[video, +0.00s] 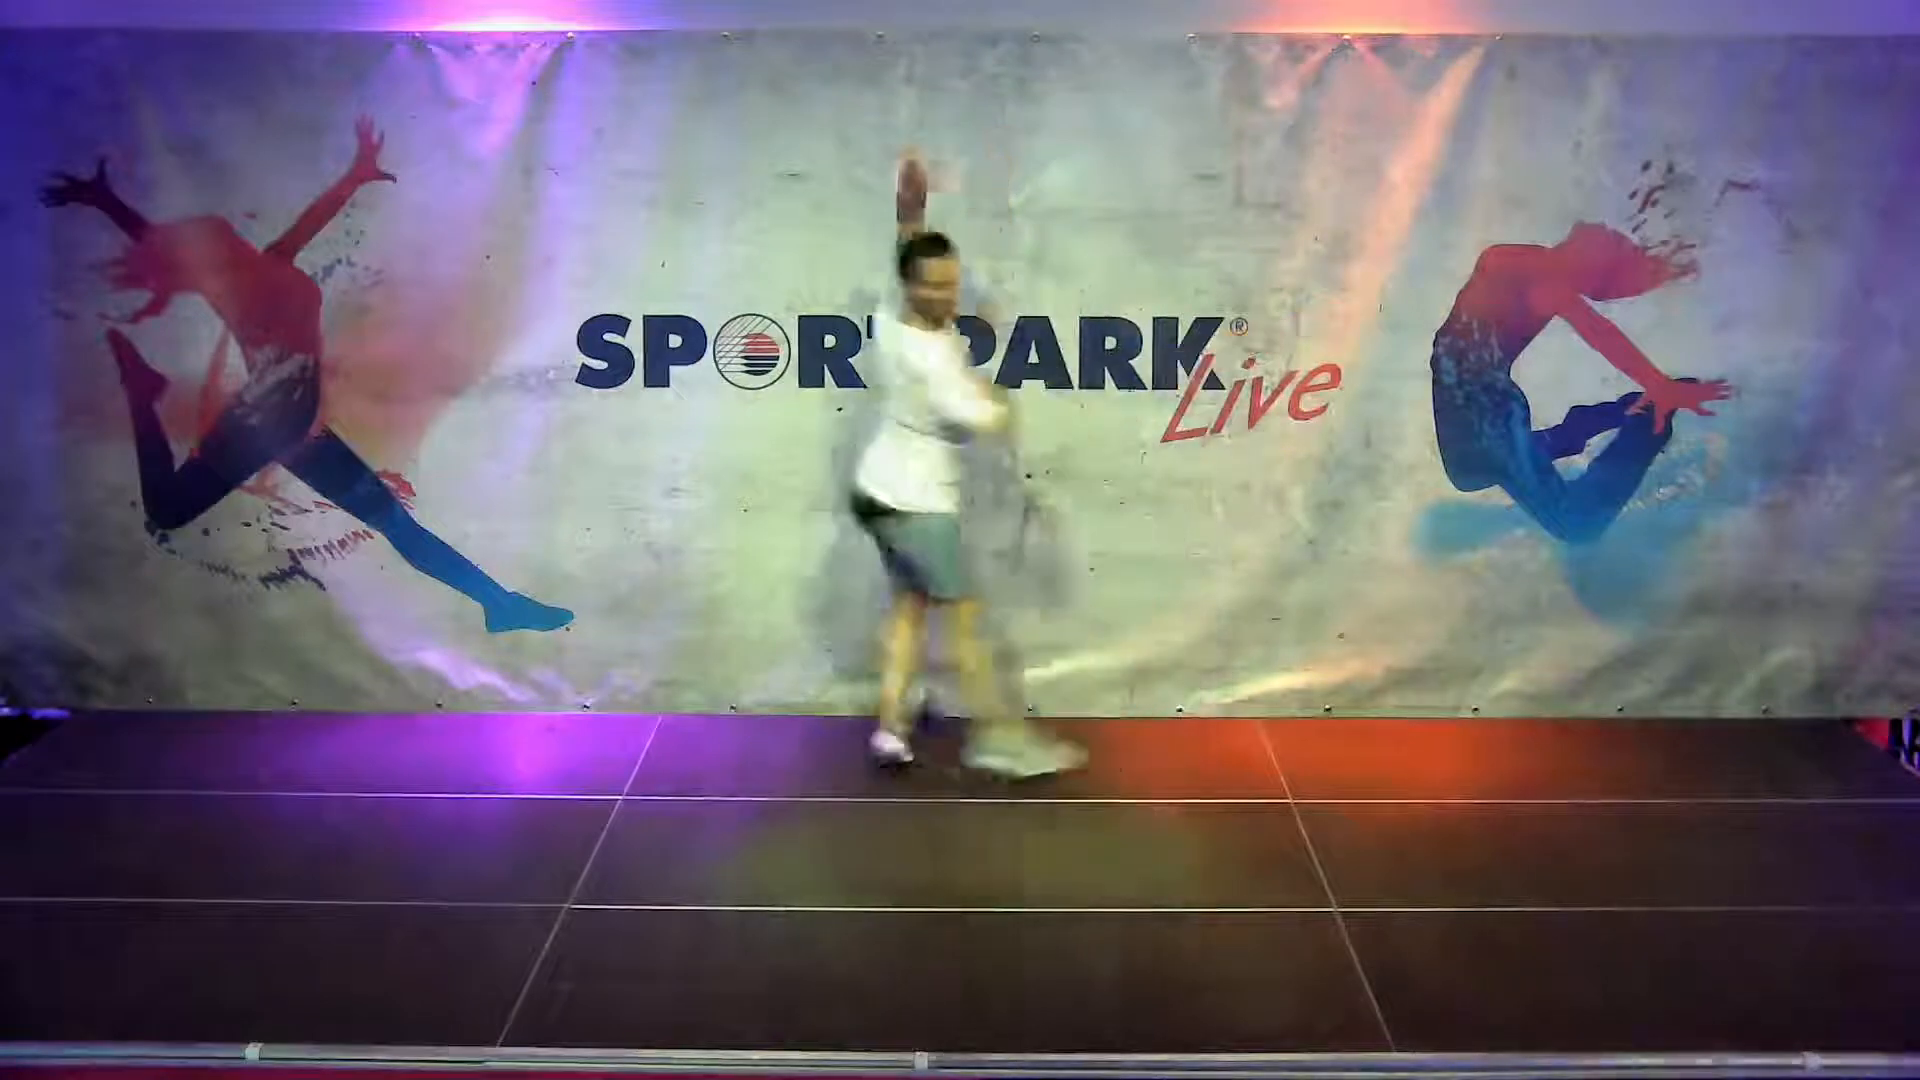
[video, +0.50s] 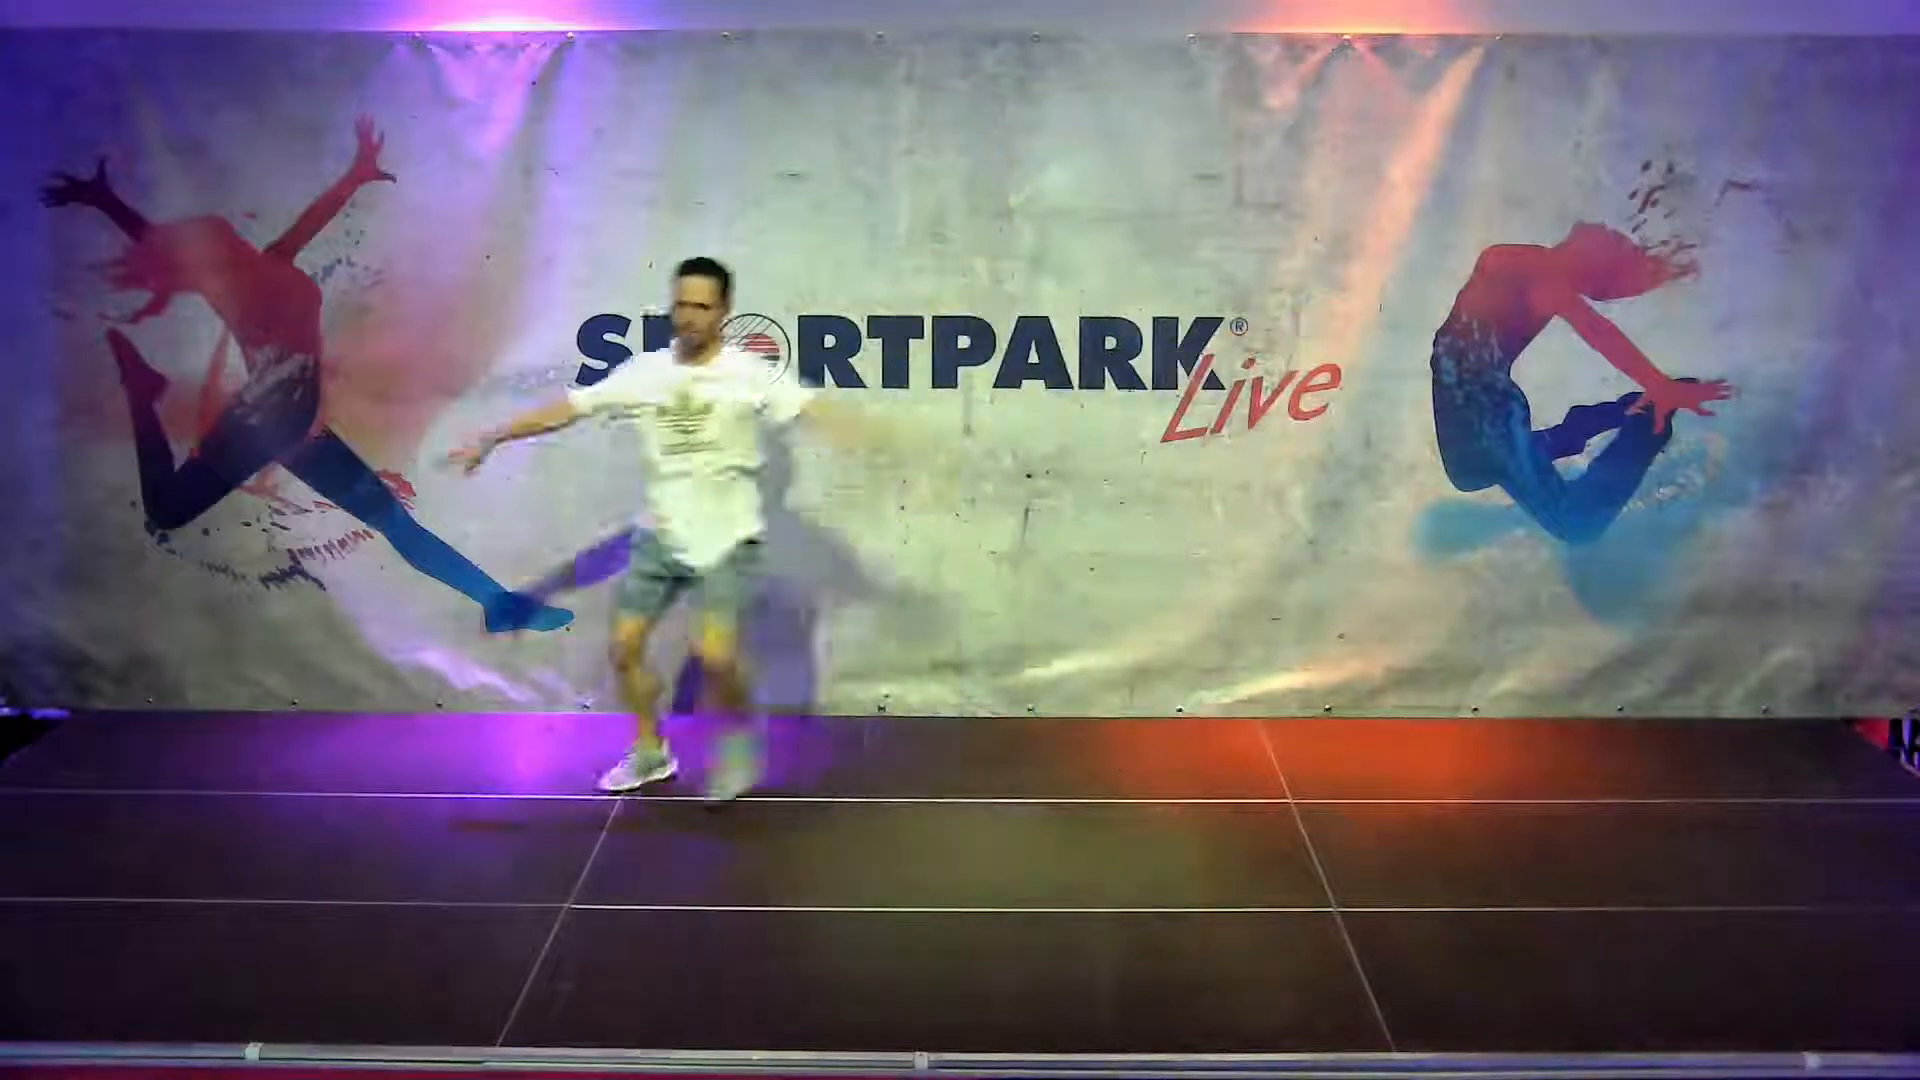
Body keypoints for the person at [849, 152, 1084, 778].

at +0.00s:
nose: (945, 295)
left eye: (950, 284)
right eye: (934, 286)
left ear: (955, 281)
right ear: (910, 286)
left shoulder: (898, 325)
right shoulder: (929, 354)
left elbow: (916, 266)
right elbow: (981, 415)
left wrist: (911, 212)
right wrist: (996, 403)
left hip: (885, 485)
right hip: (919, 494)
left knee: (910, 606)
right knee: (963, 606)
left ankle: (891, 729)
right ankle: (993, 732)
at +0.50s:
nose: (687, 316)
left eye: (700, 307)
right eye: (681, 305)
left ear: (724, 313)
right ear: (672, 308)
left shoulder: (750, 375)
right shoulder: (646, 372)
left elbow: (817, 413)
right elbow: (571, 408)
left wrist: (879, 438)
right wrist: (494, 437)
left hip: (730, 536)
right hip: (662, 533)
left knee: (714, 652)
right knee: (625, 645)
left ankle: (740, 741)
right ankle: (650, 752)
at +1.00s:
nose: (607, 332)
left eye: (622, 325)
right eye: (606, 319)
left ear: (652, 338)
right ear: (603, 322)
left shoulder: (630, 404)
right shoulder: (611, 387)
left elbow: (602, 472)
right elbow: (574, 402)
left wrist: (507, 483)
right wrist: (513, 394)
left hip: (605, 568)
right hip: (571, 555)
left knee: (527, 681)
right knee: (492, 623)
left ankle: (556, 824)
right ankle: (575, 723)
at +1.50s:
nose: (744, 289)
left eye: (742, 277)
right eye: (737, 278)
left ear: (702, 287)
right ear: (713, 286)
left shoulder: (712, 349)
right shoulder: (677, 369)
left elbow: (728, 290)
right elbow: (650, 469)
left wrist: (745, 239)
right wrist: (658, 557)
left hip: (704, 528)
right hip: (648, 533)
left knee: (737, 632)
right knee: (619, 649)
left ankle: (709, 748)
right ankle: (580, 761)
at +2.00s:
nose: (954, 317)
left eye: (941, 307)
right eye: (959, 308)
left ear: (916, 313)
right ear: (963, 314)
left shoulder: (878, 376)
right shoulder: (988, 387)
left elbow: (793, 394)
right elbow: (1068, 416)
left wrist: (730, 379)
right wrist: (1119, 425)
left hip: (870, 549)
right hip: (944, 557)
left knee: (814, 640)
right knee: (999, 640)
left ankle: (749, 757)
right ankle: (1000, 767)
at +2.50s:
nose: (1289, 294)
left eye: (1282, 284)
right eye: (1285, 285)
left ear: (1233, 291)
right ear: (1274, 288)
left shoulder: (1198, 363)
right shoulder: (1319, 347)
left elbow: (1115, 399)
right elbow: (1397, 318)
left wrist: (1034, 427)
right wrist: (1402, 290)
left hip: (1245, 537)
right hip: (1318, 534)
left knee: (1229, 660)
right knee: (1375, 640)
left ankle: (1201, 792)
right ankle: (1333, 759)